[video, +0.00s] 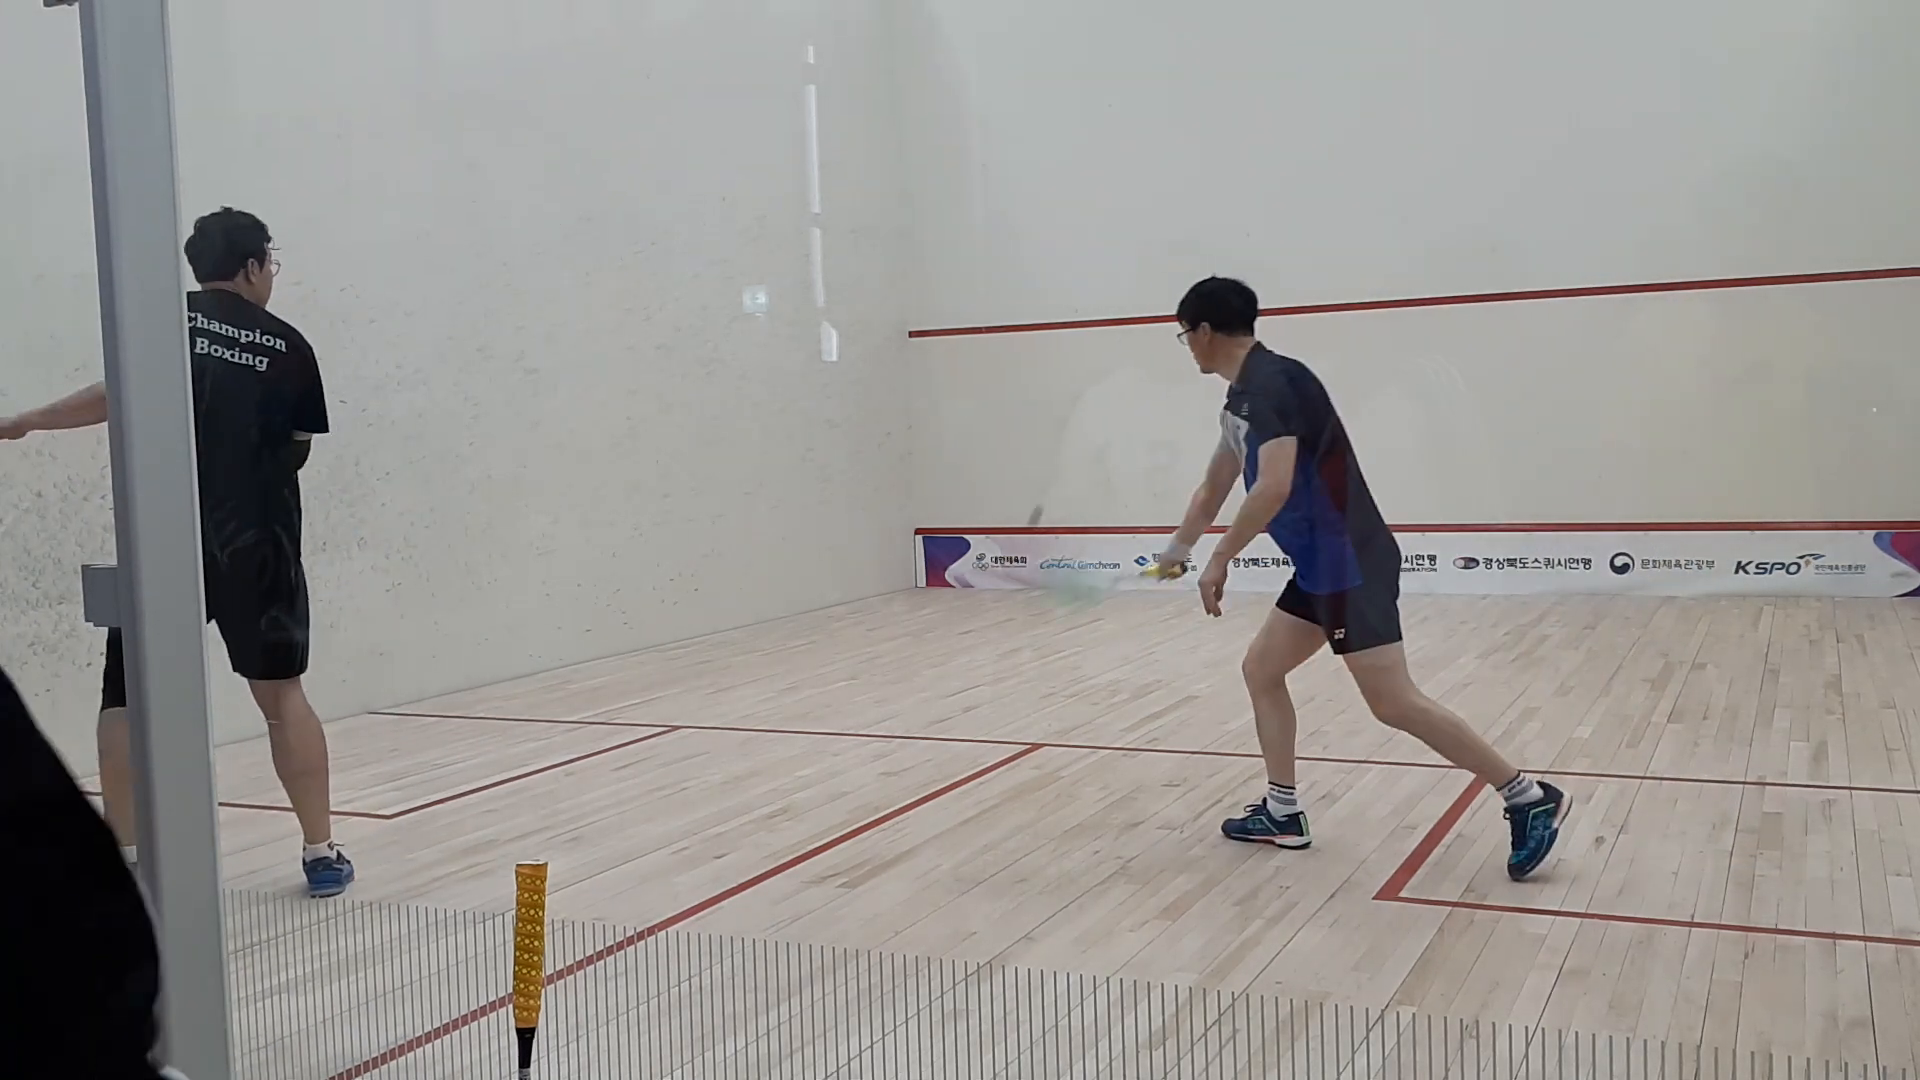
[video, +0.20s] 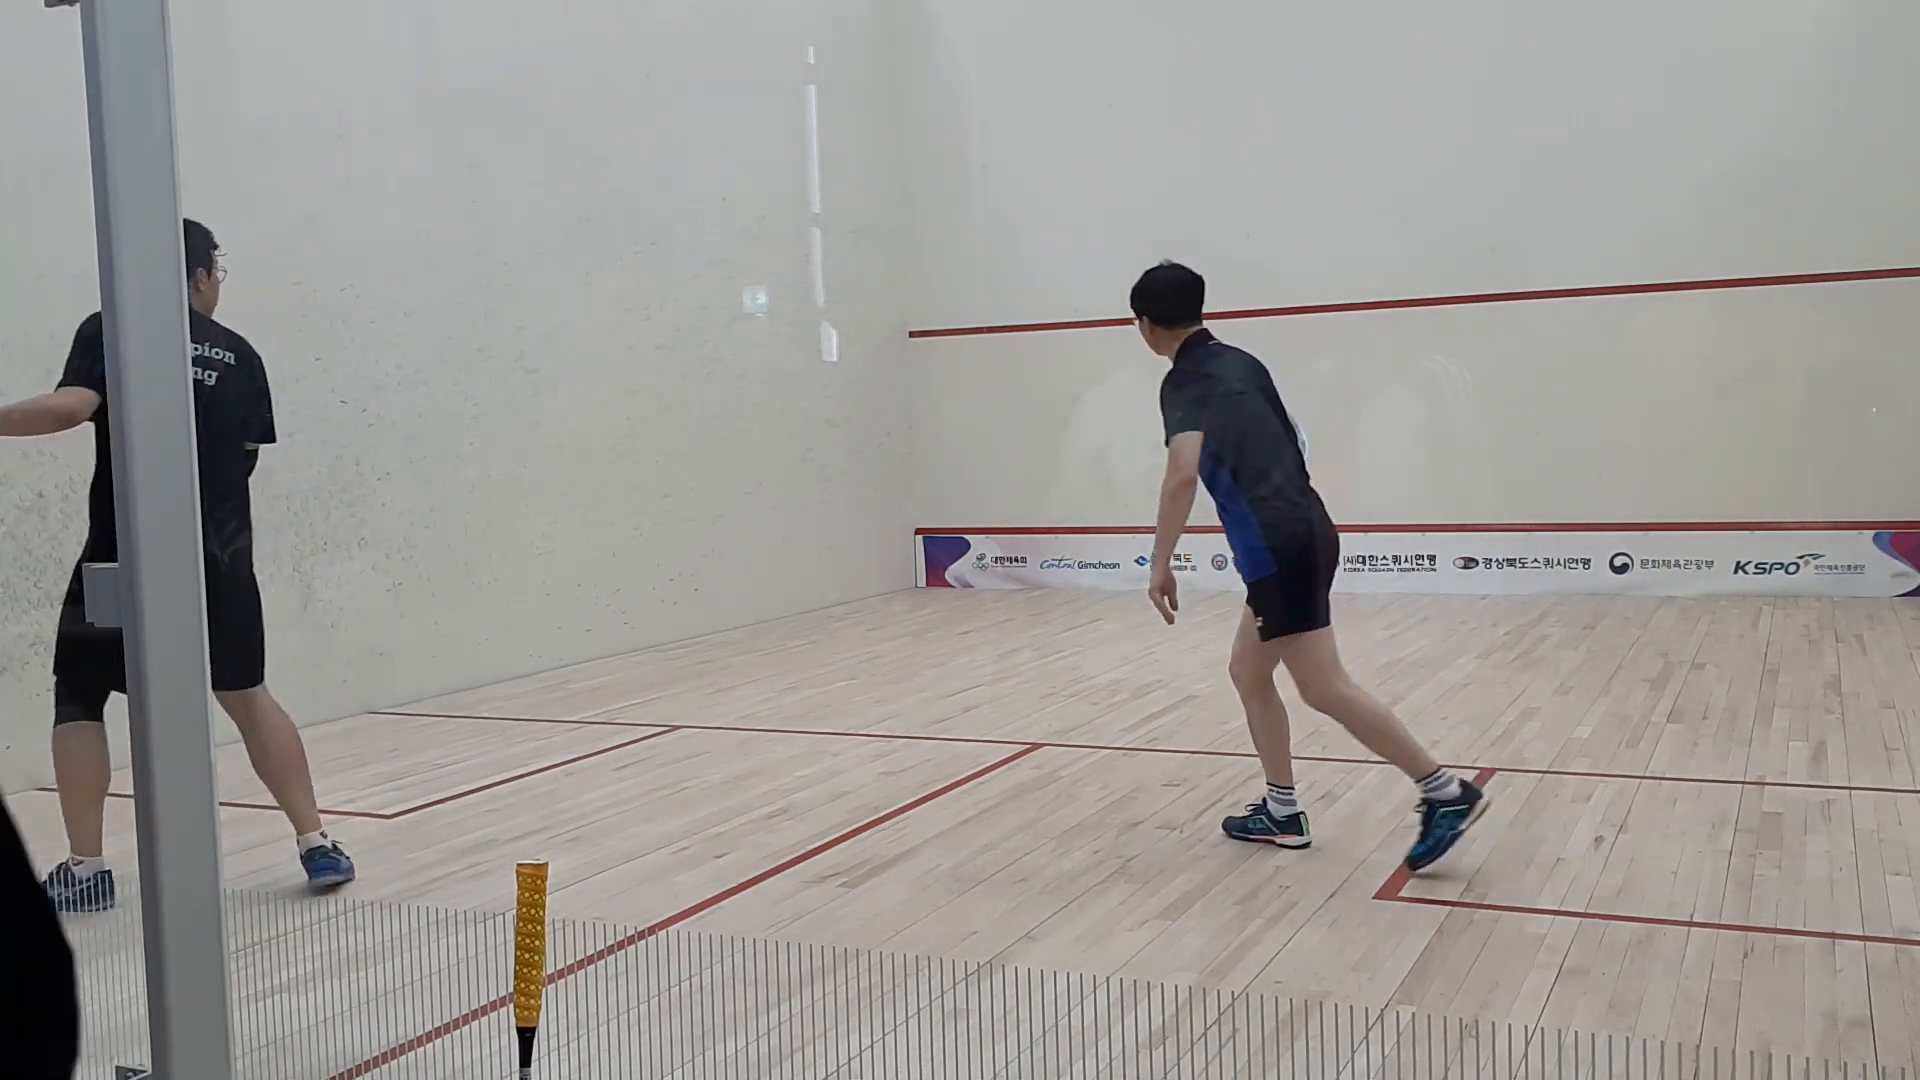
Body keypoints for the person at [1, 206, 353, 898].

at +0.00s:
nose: (274, 275)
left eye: (270, 262)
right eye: (270, 264)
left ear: (202, 270)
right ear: (252, 269)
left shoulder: (163, 326)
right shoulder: (288, 346)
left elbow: (102, 402)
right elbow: (295, 451)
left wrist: (22, 422)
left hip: (157, 547)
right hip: (256, 551)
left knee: (121, 699)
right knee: (283, 698)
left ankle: (123, 859)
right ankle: (321, 853)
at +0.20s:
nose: (221, 283)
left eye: (217, 271)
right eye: (217, 272)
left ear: (145, 271)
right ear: (202, 277)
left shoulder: (108, 328)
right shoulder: (239, 354)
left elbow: (70, 408)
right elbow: (245, 461)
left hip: (115, 560)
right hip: (216, 564)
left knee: (78, 699)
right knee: (247, 693)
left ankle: (86, 867)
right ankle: (316, 843)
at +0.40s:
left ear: (76, 270)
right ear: (141, 263)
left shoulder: (44, 334)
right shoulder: (176, 347)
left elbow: (4, 424)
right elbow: (189, 451)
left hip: (69, 559)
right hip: (159, 560)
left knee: (44, 697)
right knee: (171, 697)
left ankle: (82, 865)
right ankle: (204, 827)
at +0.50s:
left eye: (61, 282)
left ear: (54, 283)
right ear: (112, 278)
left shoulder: (22, 342)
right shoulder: (144, 336)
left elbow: (3, 441)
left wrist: (35, 416)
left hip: (51, 566)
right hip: (135, 564)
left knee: (22, 700)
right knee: (122, 679)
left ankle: (83, 863)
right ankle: (158, 828)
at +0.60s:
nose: (110, 308)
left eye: (105, 299)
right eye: (107, 300)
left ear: (36, 304)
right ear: (93, 303)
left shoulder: (14, 358)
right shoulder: (122, 359)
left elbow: (5, 462)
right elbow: (146, 461)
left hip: (40, 575)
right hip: (114, 572)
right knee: (103, 694)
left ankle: (62, 847)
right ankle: (158, 823)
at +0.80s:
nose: (45, 333)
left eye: (37, 323)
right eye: (44, 323)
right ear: (36, 326)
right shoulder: (80, 392)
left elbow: (98, 504)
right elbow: (100, 503)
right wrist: (109, 586)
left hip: (5, 586)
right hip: (70, 586)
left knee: (64, 698)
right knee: (63, 696)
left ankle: (151, 818)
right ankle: (152, 818)